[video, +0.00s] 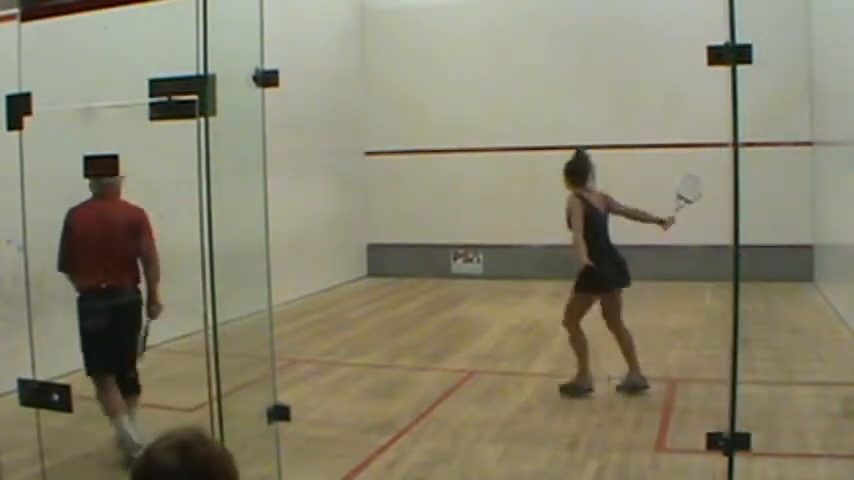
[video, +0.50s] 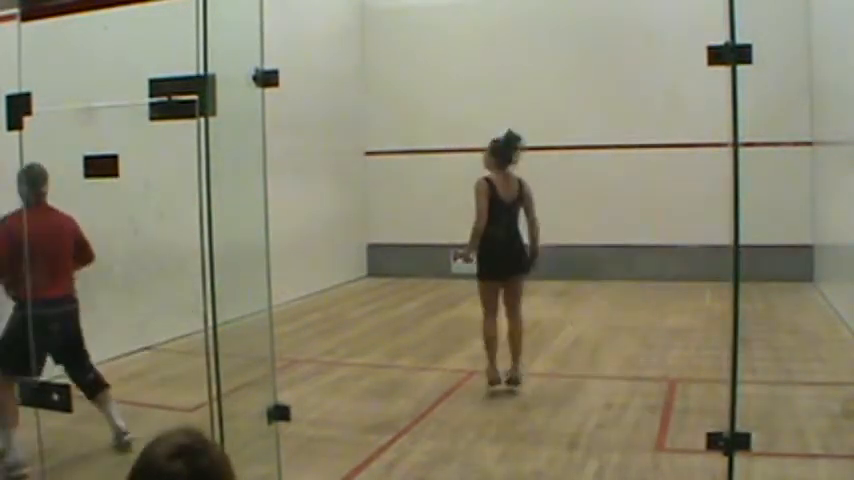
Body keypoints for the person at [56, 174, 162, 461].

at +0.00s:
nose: (116, 186)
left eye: (102, 182)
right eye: (117, 182)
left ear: (92, 185)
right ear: (118, 184)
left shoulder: (76, 215)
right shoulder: (135, 214)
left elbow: (66, 264)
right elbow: (150, 258)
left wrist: (87, 285)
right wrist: (153, 297)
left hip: (92, 303)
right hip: (127, 301)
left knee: (101, 373)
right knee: (127, 368)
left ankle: (125, 433)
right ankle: (131, 433)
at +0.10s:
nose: (81, 187)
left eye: (83, 182)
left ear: (85, 186)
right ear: (111, 187)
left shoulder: (68, 218)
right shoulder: (128, 219)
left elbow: (58, 266)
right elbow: (147, 258)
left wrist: (81, 288)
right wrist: (145, 295)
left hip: (86, 306)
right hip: (121, 304)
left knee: (76, 371)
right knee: (119, 367)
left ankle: (112, 426)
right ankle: (129, 433)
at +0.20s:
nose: (75, 190)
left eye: (73, 185)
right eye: (86, 183)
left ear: (72, 188)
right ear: (98, 187)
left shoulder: (59, 222)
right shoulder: (118, 220)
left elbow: (49, 270)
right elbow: (141, 261)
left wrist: (72, 289)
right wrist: (129, 297)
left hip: (77, 309)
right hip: (113, 305)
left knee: (58, 366)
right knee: (113, 367)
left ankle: (84, 427)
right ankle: (127, 430)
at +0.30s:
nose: (73, 189)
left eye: (64, 185)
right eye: (80, 182)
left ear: (58, 188)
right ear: (83, 185)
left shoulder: (47, 222)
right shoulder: (105, 219)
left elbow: (34, 264)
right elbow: (129, 258)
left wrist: (56, 285)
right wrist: (109, 280)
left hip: (66, 309)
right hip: (102, 306)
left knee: (43, 372)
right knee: (109, 368)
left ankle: (41, 447)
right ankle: (129, 430)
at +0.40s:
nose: (58, 190)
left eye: (47, 186)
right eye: (61, 184)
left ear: (40, 189)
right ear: (66, 188)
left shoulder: (30, 225)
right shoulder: (87, 220)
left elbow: (18, 271)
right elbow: (109, 257)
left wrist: (41, 289)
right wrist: (84, 275)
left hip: (52, 313)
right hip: (88, 309)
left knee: (25, 376)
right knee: (100, 368)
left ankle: (16, 447)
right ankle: (127, 429)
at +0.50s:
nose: (27, 192)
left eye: (24, 186)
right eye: (33, 185)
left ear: (20, 189)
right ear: (46, 188)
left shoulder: (10, 226)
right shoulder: (65, 222)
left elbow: (5, 272)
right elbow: (86, 256)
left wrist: (18, 291)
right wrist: (58, 266)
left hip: (29, 314)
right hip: (65, 311)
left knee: (5, 375)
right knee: (82, 368)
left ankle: (11, 451)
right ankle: (120, 427)